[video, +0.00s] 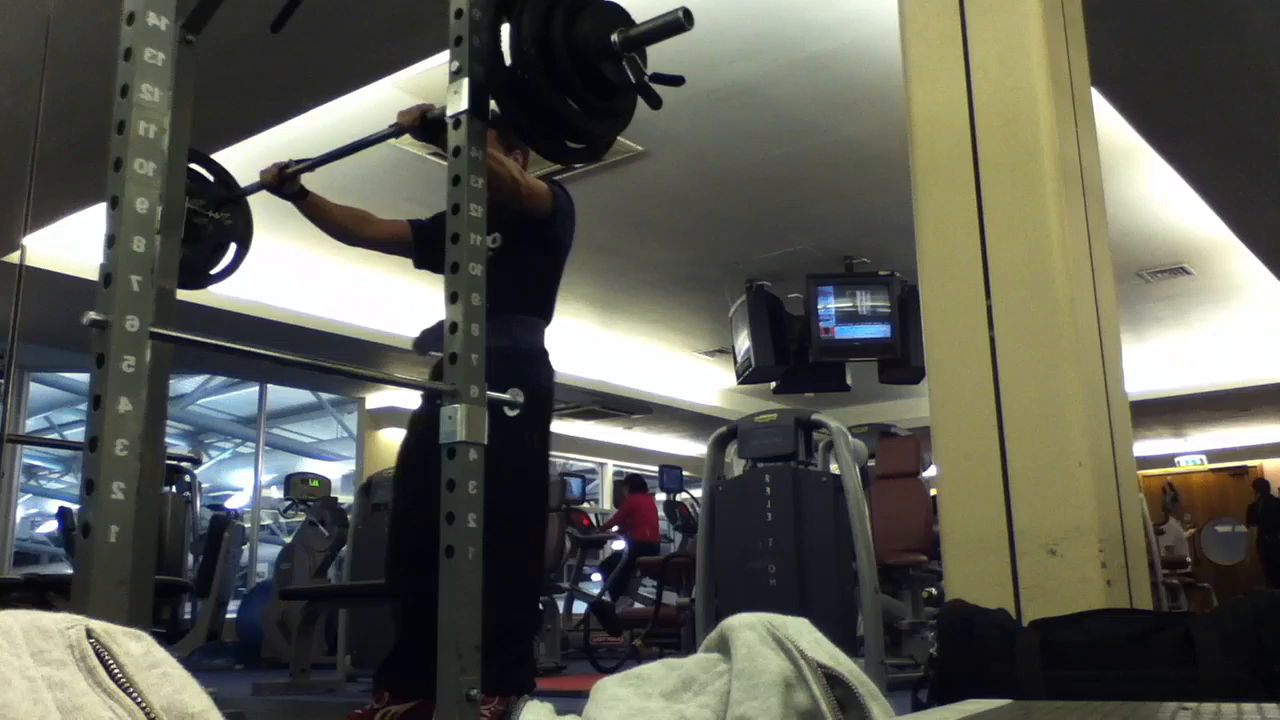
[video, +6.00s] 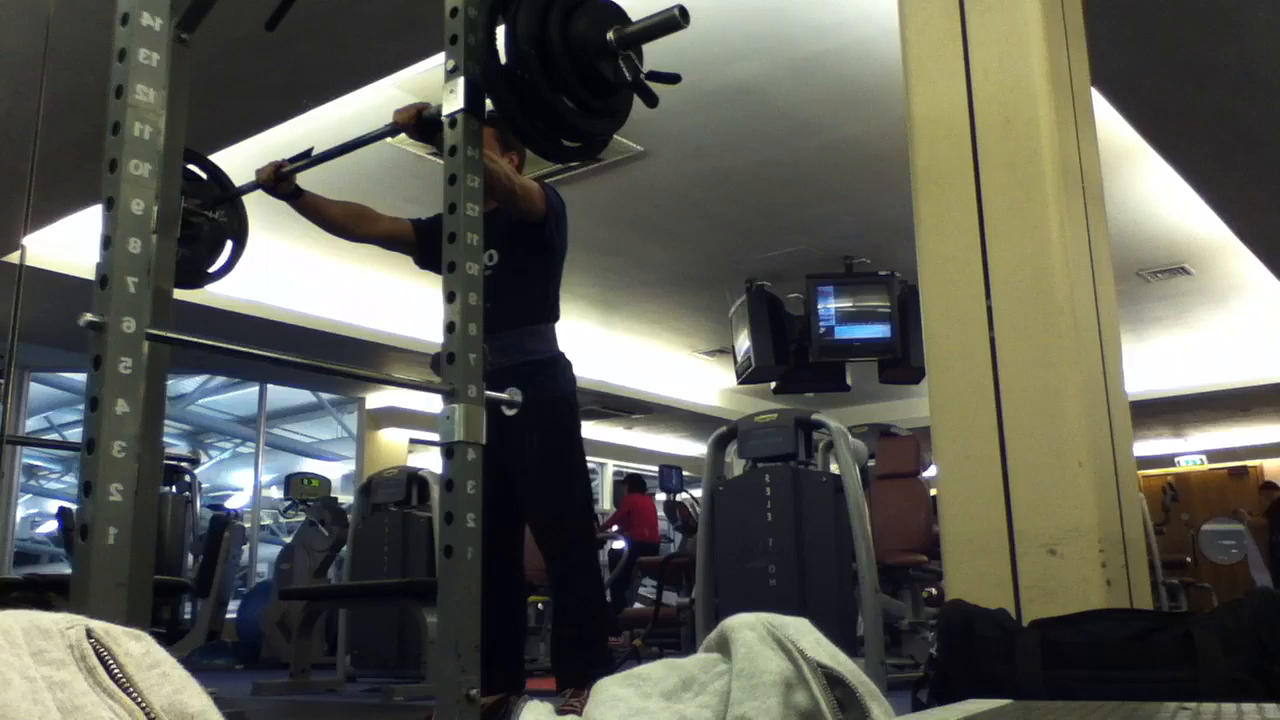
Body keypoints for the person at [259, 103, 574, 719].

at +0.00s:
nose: (473, 160)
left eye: (483, 148)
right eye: (468, 151)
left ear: (516, 152)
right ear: (462, 160)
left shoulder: (552, 206)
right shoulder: (460, 224)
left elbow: (507, 186)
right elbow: (370, 229)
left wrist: (445, 137)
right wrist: (300, 193)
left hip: (514, 383)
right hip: (449, 385)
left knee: (507, 536)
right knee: (415, 530)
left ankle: (504, 686)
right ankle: (409, 684)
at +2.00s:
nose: (468, 158)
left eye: (475, 143)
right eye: (461, 152)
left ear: (503, 140)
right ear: (455, 160)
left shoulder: (552, 197)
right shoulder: (458, 224)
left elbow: (509, 178)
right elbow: (371, 219)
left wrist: (440, 133)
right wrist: (297, 192)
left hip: (560, 391)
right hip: (492, 399)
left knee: (584, 546)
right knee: (494, 551)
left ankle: (579, 689)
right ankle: (500, 689)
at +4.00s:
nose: (463, 169)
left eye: (472, 156)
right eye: (457, 161)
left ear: (496, 151)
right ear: (451, 166)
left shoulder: (541, 202)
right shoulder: (455, 223)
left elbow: (504, 179)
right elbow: (369, 221)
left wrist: (440, 133)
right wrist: (294, 192)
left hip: (540, 384)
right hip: (477, 392)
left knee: (562, 536)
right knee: (488, 545)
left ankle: (579, 684)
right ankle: (498, 687)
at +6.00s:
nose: (469, 165)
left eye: (479, 153)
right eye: (464, 157)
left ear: (513, 156)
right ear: (460, 165)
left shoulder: (543, 209)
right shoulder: (458, 227)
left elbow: (505, 182)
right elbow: (369, 224)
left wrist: (441, 132)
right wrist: (294, 193)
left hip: (537, 384)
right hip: (476, 392)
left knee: (563, 537)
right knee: (489, 546)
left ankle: (579, 684)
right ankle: (499, 687)